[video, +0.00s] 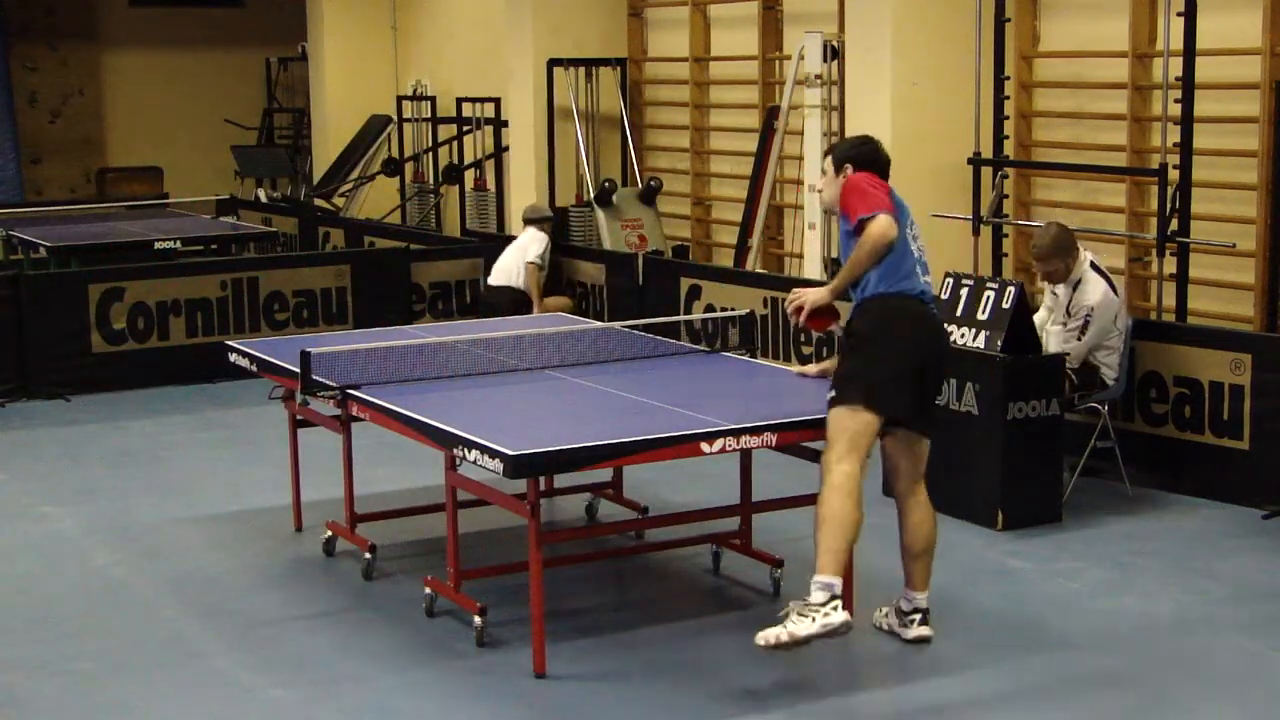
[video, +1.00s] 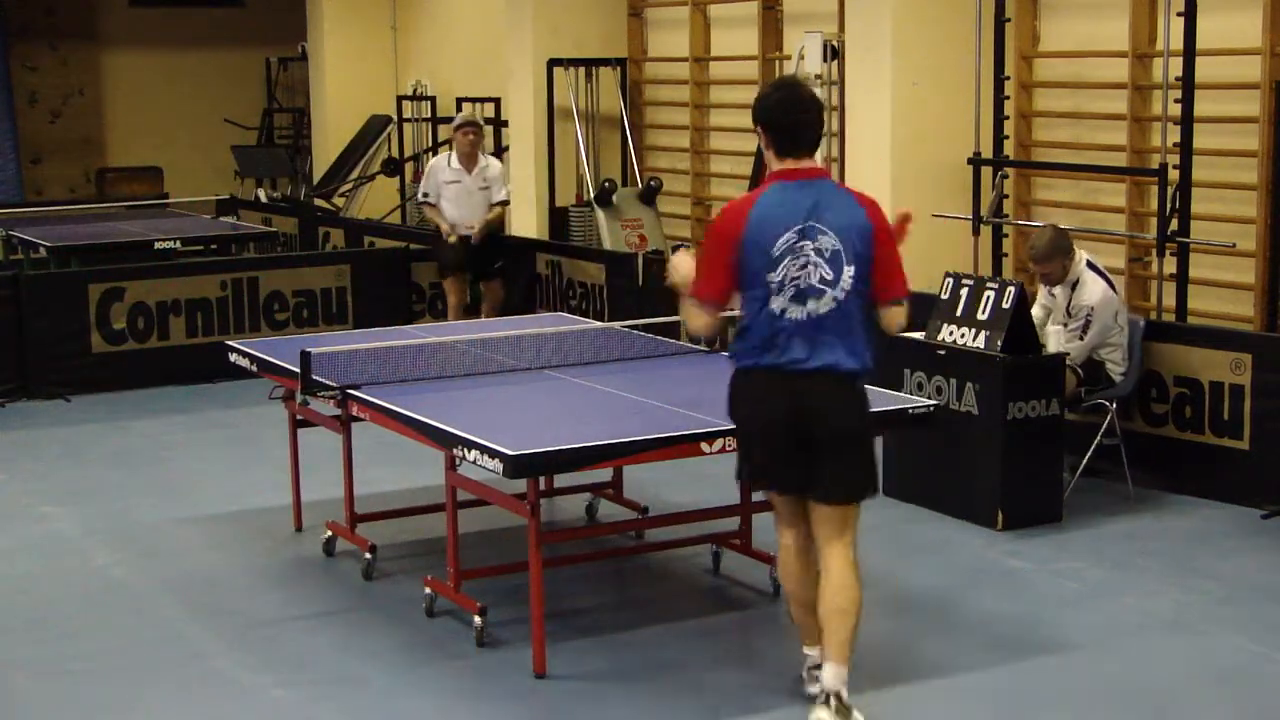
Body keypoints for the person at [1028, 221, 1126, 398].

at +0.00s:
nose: (1042, 278)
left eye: (1050, 272)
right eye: (1039, 271)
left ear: (1070, 262)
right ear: (1036, 259)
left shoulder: (1093, 299)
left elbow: (1068, 359)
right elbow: (1045, 314)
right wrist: (1015, 340)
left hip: (1096, 374)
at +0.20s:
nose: (1043, 280)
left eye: (1051, 274)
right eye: (1040, 273)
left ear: (1071, 265)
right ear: (1037, 262)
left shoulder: (1096, 300)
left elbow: (1071, 360)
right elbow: (1045, 312)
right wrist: (1018, 340)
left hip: (1097, 372)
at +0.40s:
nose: (1049, 278)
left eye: (1056, 272)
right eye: (1046, 271)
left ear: (1076, 262)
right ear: (1042, 261)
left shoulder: (1099, 298)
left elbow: (1071, 359)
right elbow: (1042, 312)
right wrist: (1017, 344)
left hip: (1096, 370)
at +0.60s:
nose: (1049, 275)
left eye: (1057, 269)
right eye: (1046, 267)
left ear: (1077, 258)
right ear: (1042, 257)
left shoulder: (1101, 295)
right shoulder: (1049, 268)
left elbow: (1072, 358)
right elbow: (1040, 313)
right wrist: (1017, 346)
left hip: (1095, 370)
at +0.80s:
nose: (1045, 277)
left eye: (1052, 270)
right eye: (1042, 269)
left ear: (1072, 260)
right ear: (1039, 259)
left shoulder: (1096, 296)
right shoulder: (1050, 272)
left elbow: (1071, 357)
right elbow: (1036, 318)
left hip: (1096, 370)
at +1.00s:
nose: (1041, 281)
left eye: (1046, 275)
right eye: (1037, 274)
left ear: (1067, 261)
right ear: (1033, 263)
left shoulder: (1093, 297)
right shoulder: (1055, 272)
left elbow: (1071, 356)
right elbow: (1036, 319)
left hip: (1104, 367)